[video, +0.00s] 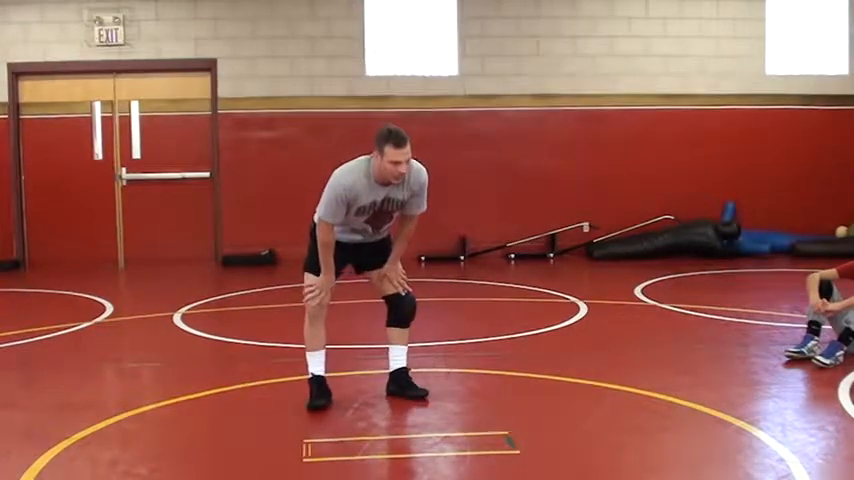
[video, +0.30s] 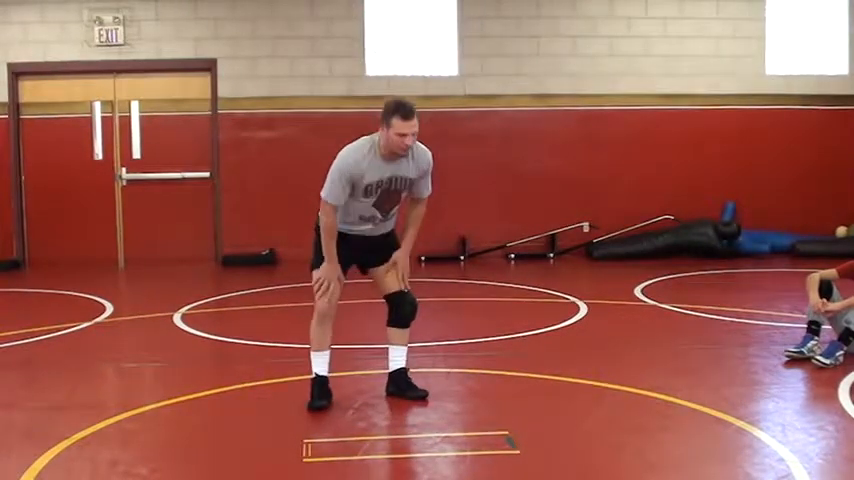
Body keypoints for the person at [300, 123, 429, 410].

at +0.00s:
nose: (402, 170)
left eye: (406, 162)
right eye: (395, 163)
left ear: (411, 157)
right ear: (376, 157)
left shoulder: (417, 176)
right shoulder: (345, 180)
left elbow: (409, 220)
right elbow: (325, 227)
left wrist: (393, 260)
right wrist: (327, 276)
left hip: (374, 240)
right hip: (333, 239)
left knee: (402, 303)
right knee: (315, 304)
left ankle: (398, 377)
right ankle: (317, 382)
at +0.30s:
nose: (409, 142)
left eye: (413, 135)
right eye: (402, 135)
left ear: (418, 132)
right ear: (383, 130)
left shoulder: (421, 159)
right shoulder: (350, 159)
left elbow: (418, 203)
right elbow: (327, 210)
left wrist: (405, 249)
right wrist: (331, 261)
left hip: (380, 234)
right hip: (337, 233)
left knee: (402, 304)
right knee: (324, 306)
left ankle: (397, 377)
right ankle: (319, 382)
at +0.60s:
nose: (416, 124)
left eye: (422, 117)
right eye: (410, 116)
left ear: (429, 114)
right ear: (395, 109)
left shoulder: (433, 143)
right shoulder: (363, 135)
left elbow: (437, 184)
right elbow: (331, 179)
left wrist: (425, 228)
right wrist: (339, 233)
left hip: (396, 231)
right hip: (352, 229)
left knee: (408, 307)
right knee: (336, 306)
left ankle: (398, 377)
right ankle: (323, 381)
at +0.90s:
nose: (415, 107)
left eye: (422, 101)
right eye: (409, 100)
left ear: (431, 99)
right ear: (397, 94)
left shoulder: (440, 135)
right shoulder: (368, 126)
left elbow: (443, 187)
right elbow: (344, 175)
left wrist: (439, 233)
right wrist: (345, 227)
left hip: (408, 228)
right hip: (366, 224)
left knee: (412, 310)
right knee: (349, 303)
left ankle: (398, 377)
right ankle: (333, 377)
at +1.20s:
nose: (401, 101)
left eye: (408, 94)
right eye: (394, 94)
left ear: (419, 91)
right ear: (384, 90)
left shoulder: (436, 130)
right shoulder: (361, 127)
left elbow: (446, 184)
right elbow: (341, 179)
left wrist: (448, 235)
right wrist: (336, 230)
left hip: (413, 230)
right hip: (369, 229)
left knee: (409, 309)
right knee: (369, 310)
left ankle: (397, 376)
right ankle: (369, 390)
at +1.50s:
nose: (381, 96)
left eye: (388, 88)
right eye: (374, 89)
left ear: (398, 85)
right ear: (363, 87)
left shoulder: (421, 123)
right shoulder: (344, 129)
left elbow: (438, 176)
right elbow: (327, 184)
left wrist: (448, 227)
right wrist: (319, 236)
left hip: (408, 230)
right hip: (363, 232)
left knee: (415, 314)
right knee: (367, 317)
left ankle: (398, 371)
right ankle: (373, 399)